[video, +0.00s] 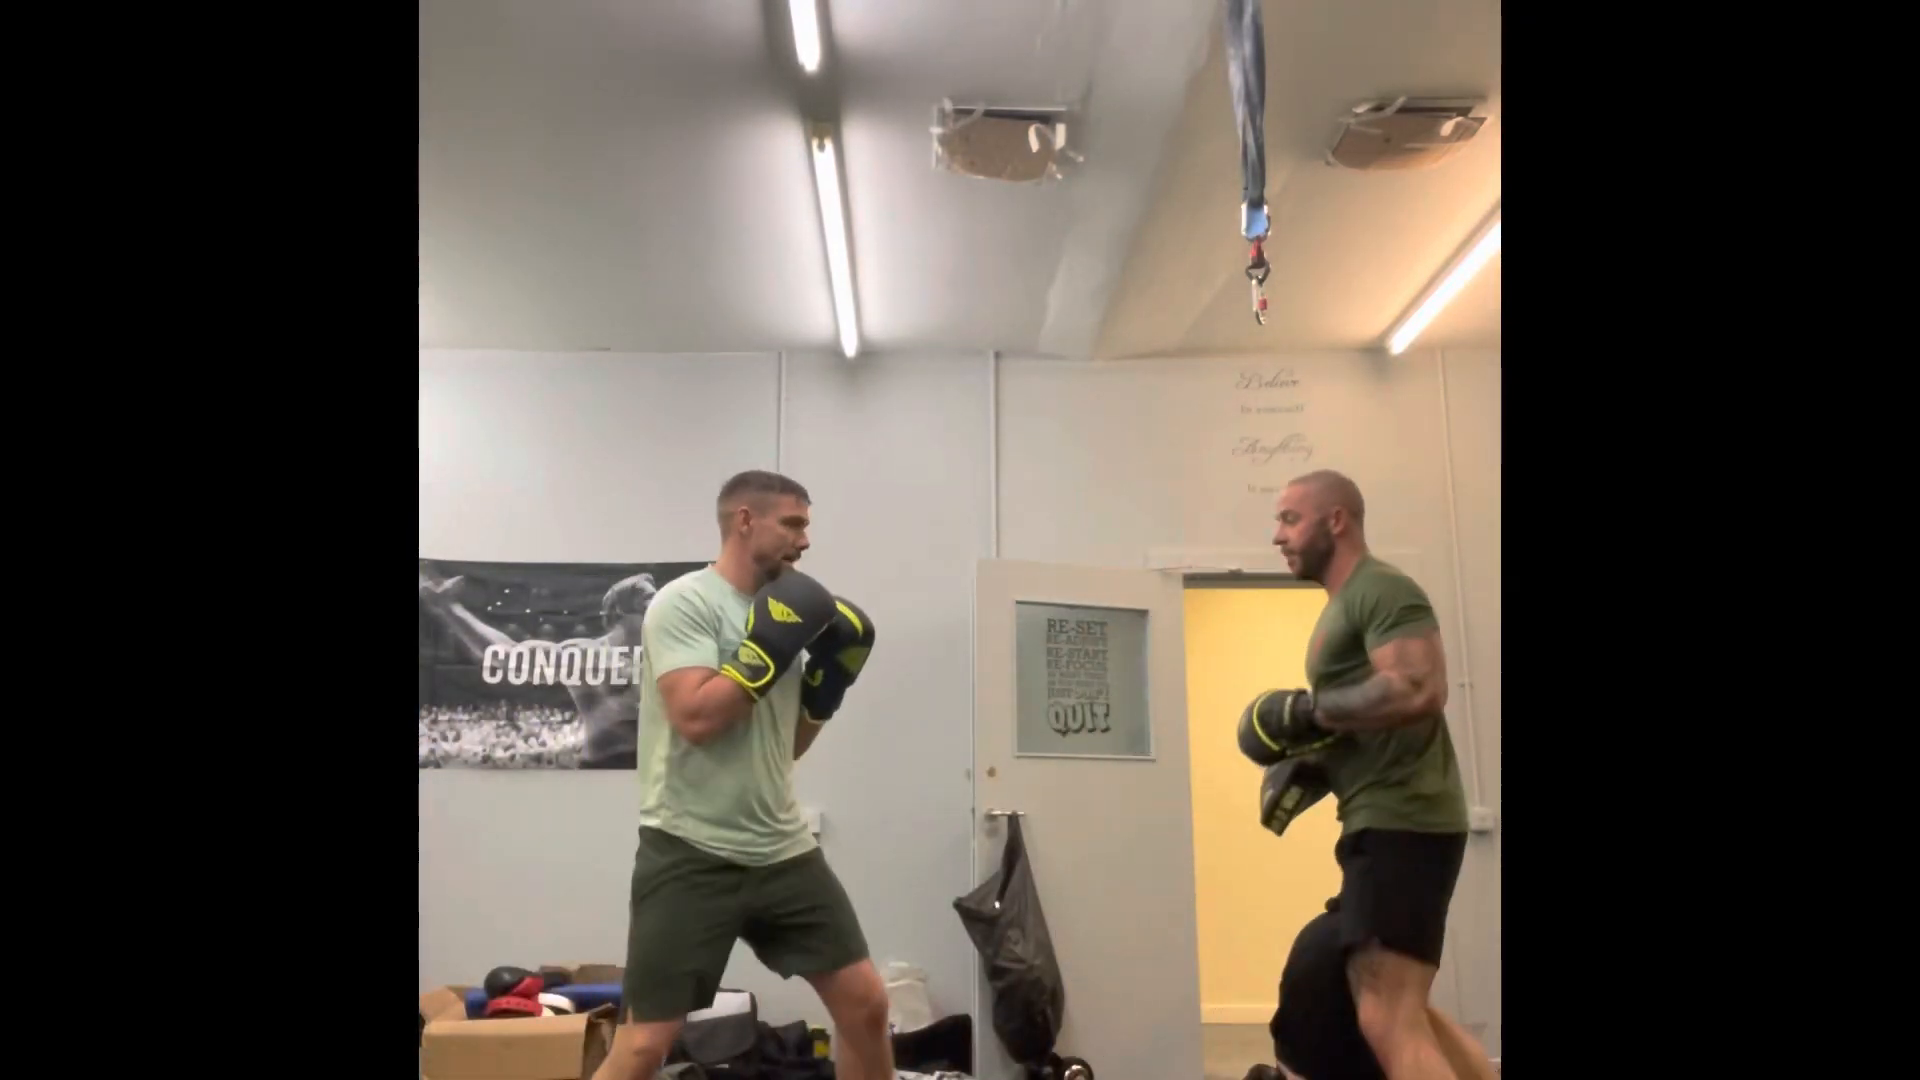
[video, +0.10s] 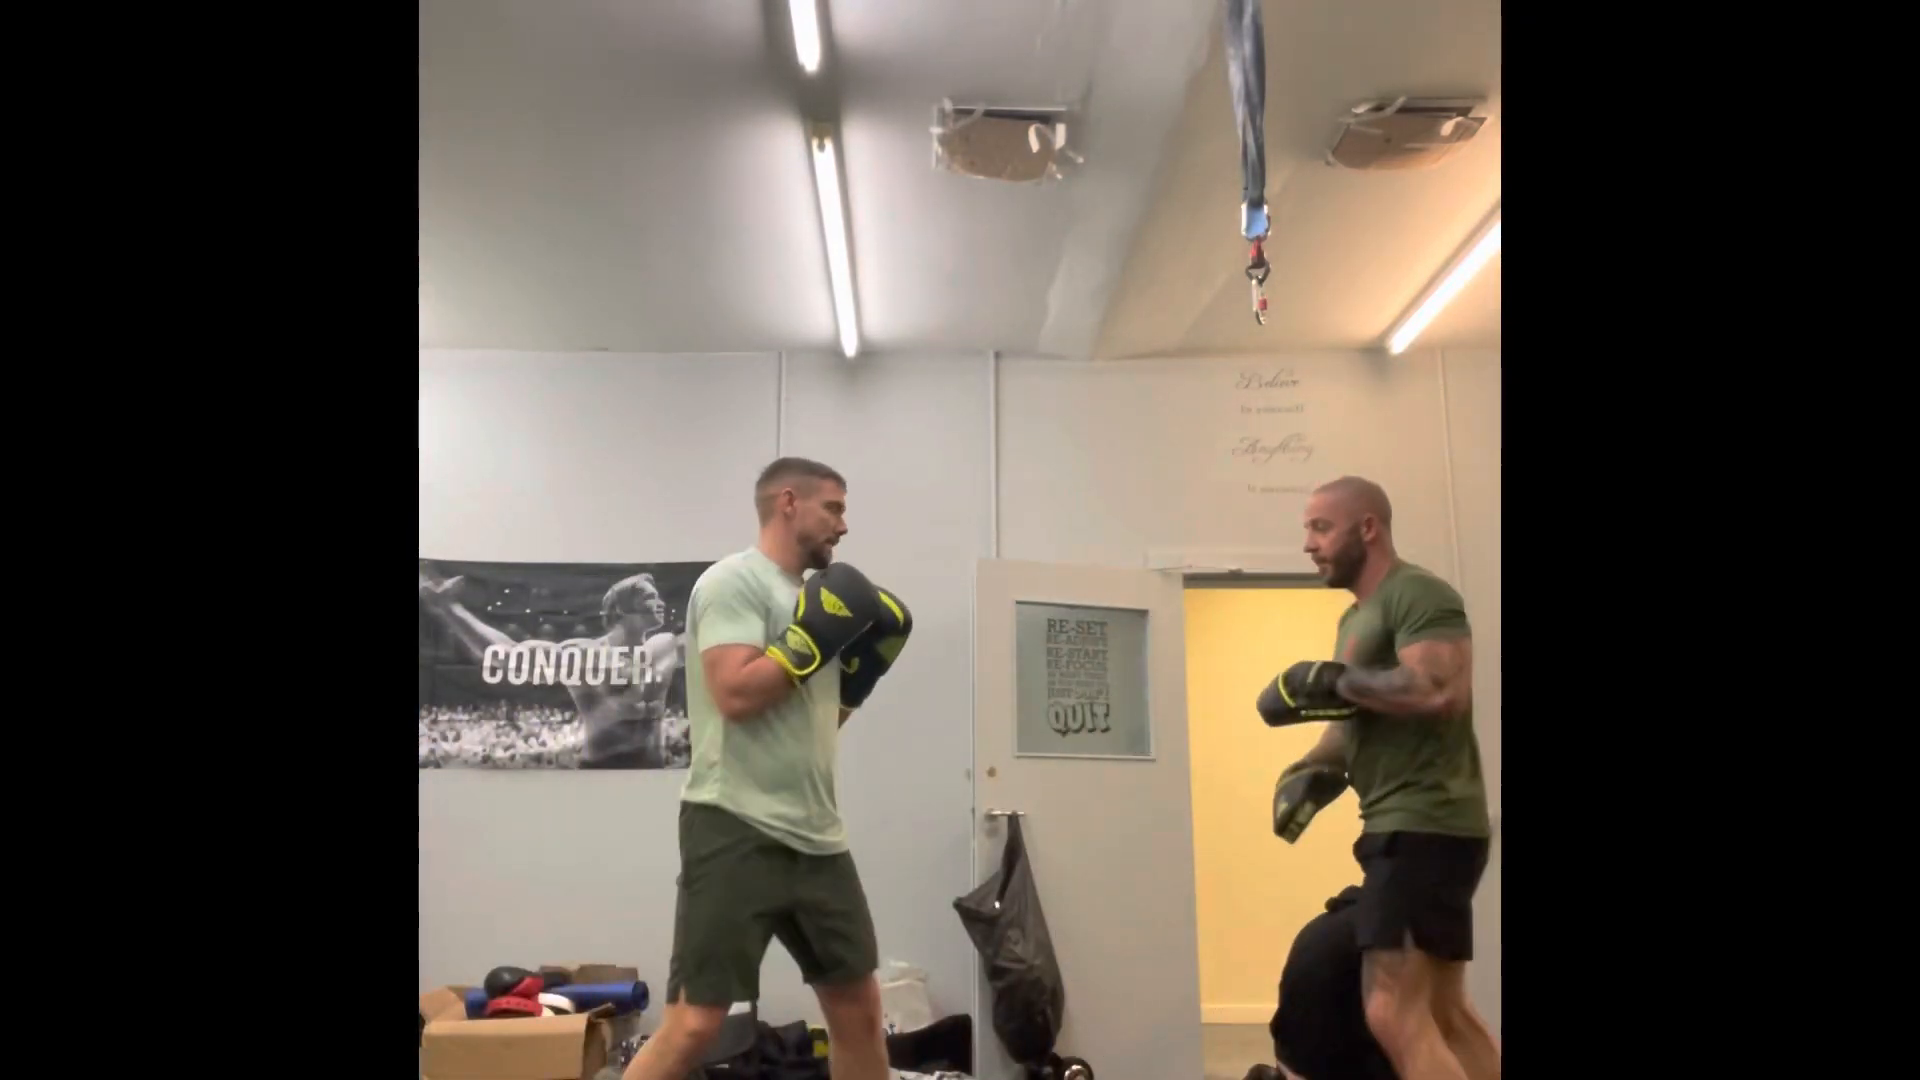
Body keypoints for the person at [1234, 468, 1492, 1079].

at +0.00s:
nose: (1279, 534)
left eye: (1291, 520)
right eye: (1278, 521)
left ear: (1337, 522)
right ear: (1333, 526)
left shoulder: (1381, 589)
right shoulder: (1345, 607)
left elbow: (1418, 689)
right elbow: (1375, 720)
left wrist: (1308, 712)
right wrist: (1319, 767)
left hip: (1406, 823)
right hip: (1383, 824)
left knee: (1387, 1012)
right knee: (1405, 1010)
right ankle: (1484, 1072)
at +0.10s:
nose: (1308, 543)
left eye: (1320, 528)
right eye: (1307, 530)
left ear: (1368, 529)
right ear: (1361, 533)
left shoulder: (1419, 592)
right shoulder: (1357, 620)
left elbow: (1441, 691)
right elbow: (1355, 719)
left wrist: (1331, 681)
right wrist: (1318, 770)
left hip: (1427, 825)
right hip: (1408, 827)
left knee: (1394, 1012)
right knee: (1446, 1011)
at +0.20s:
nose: (1320, 561)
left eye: (1332, 545)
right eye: (1318, 547)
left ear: (1380, 542)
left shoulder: (1435, 603)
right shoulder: (1354, 640)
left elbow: (1393, 699)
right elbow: (1335, 730)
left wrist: (1297, 696)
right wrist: (1292, 757)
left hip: (1452, 827)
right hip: (1416, 831)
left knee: (1381, 1003)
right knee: (1468, 1020)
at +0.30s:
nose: (1311, 565)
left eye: (1322, 548)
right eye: (1308, 551)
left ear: (1372, 544)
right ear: (1364, 550)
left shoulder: (1418, 601)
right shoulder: (1355, 641)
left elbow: (1347, 682)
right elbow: (1320, 740)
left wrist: (1261, 682)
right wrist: (1246, 738)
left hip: (1444, 835)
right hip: (1418, 837)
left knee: (1380, 1017)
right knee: (1452, 1025)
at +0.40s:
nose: (1295, 561)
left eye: (1308, 545)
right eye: (1293, 548)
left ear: (1356, 544)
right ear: (1355, 549)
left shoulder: (1393, 601)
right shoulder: (1371, 628)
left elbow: (1306, 687)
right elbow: (1308, 738)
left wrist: (1235, 684)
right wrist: (1227, 742)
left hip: (1427, 835)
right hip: (1439, 834)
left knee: (1356, 1015)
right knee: (1453, 1023)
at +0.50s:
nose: (1284, 557)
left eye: (1297, 541)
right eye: (1281, 544)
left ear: (1346, 540)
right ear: (1344, 545)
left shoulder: (1377, 599)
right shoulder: (1357, 625)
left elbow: (1282, 682)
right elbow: (1295, 735)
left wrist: (1218, 678)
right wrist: (1208, 733)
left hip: (1420, 834)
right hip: (1426, 834)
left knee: (1342, 1018)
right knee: (1452, 1024)